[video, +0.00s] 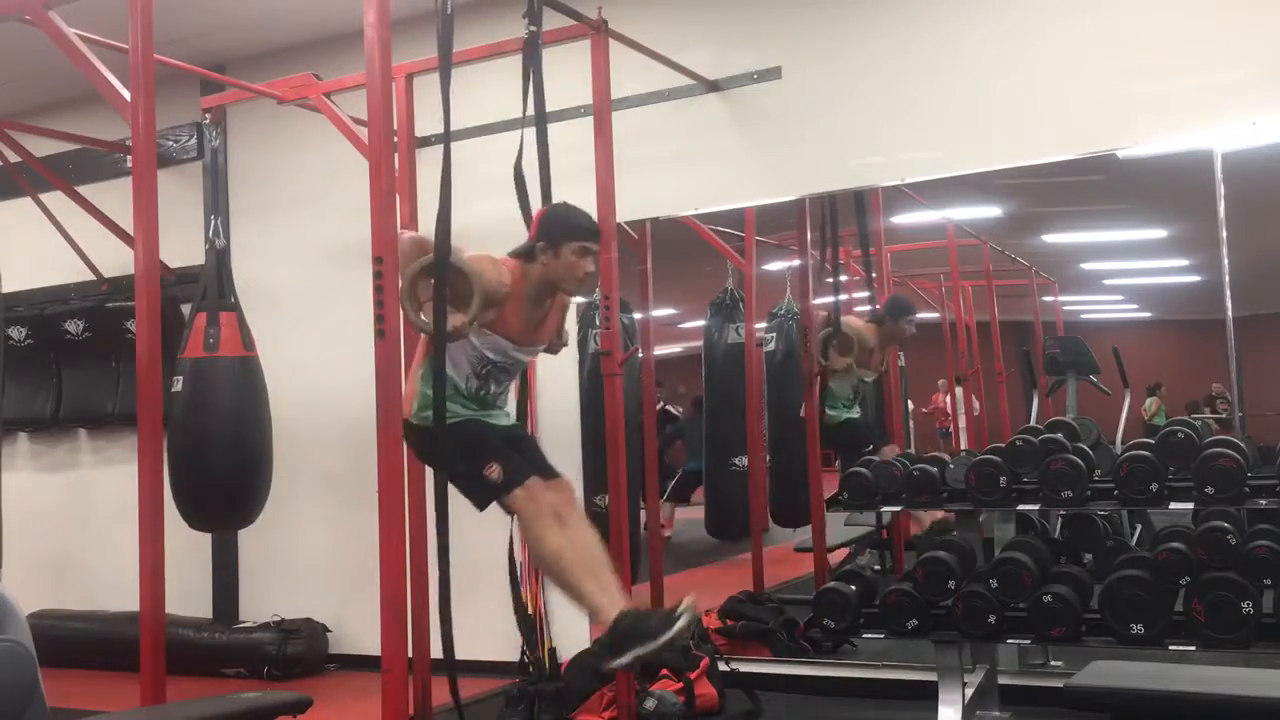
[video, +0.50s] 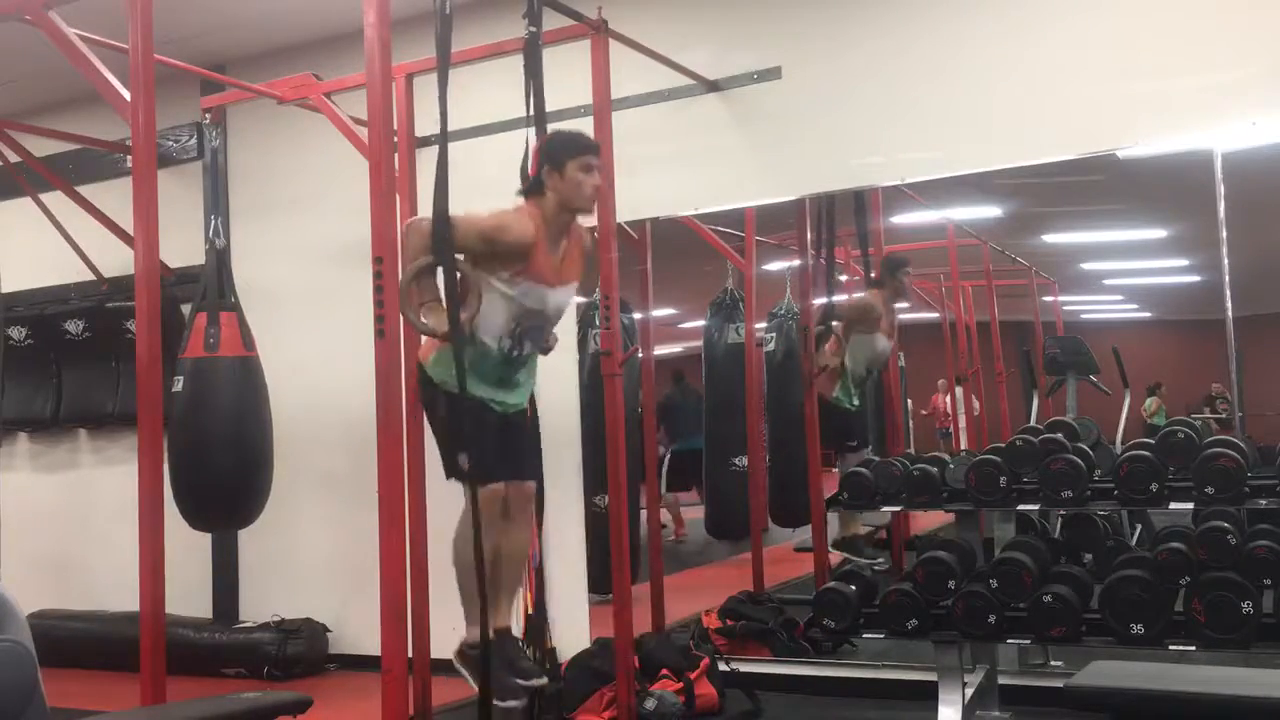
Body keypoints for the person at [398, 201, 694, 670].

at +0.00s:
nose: (592, 269)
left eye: (594, 257)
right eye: (583, 256)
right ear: (547, 253)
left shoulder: (559, 296)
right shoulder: (492, 276)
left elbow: (549, 323)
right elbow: (408, 243)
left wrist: (554, 338)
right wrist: (422, 312)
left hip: (492, 416)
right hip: (439, 414)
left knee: (562, 494)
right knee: (532, 499)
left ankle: (621, 622)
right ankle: (617, 622)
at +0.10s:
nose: (603, 266)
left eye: (605, 255)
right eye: (593, 253)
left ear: (568, 257)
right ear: (557, 254)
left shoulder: (572, 301)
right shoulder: (503, 279)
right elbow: (422, 236)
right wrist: (416, 303)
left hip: (498, 421)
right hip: (442, 415)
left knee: (548, 519)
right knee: (518, 520)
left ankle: (584, 653)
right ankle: (570, 656)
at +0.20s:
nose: (608, 258)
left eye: (610, 247)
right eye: (599, 246)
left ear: (584, 252)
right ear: (563, 246)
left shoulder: (579, 292)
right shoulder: (508, 275)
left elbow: (551, 333)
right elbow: (430, 232)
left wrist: (563, 340)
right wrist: (413, 305)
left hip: (502, 417)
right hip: (448, 409)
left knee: (535, 525)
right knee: (503, 527)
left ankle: (549, 667)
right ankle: (529, 675)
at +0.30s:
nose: (611, 237)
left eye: (612, 227)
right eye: (600, 227)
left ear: (594, 234)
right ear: (562, 229)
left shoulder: (583, 281)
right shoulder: (512, 265)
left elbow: (541, 327)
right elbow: (431, 233)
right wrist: (421, 304)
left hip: (510, 412)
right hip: (453, 405)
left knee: (529, 520)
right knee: (495, 524)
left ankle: (524, 668)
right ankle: (502, 674)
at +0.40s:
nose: (605, 209)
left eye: (606, 198)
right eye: (594, 198)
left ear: (596, 207)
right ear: (557, 204)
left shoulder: (582, 262)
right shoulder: (514, 249)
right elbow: (421, 230)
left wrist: (540, 330)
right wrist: (418, 309)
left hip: (513, 398)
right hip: (455, 391)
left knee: (525, 509)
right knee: (491, 510)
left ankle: (510, 649)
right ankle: (488, 657)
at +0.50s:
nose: (596, 182)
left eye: (597, 171)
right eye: (584, 171)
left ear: (586, 181)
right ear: (550, 178)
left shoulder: (577, 239)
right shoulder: (513, 229)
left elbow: (536, 290)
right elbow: (416, 232)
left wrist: (543, 328)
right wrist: (425, 305)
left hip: (513, 384)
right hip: (459, 377)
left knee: (518, 499)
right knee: (491, 499)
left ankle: (496, 636)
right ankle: (479, 639)